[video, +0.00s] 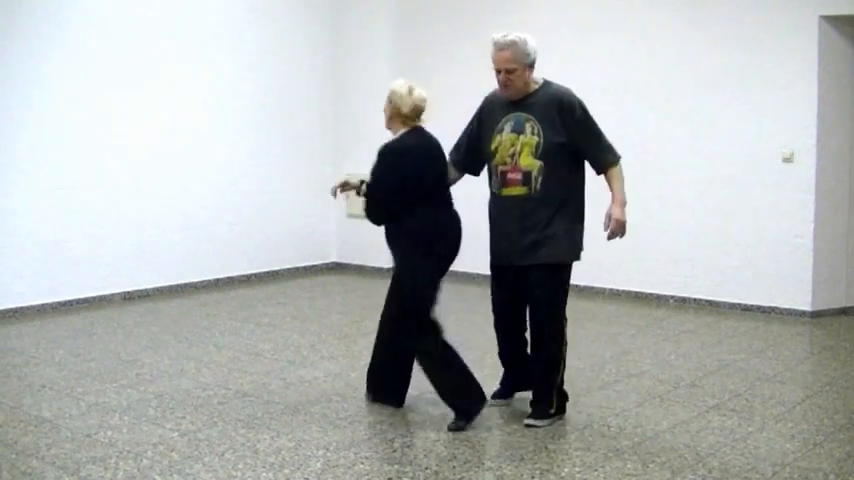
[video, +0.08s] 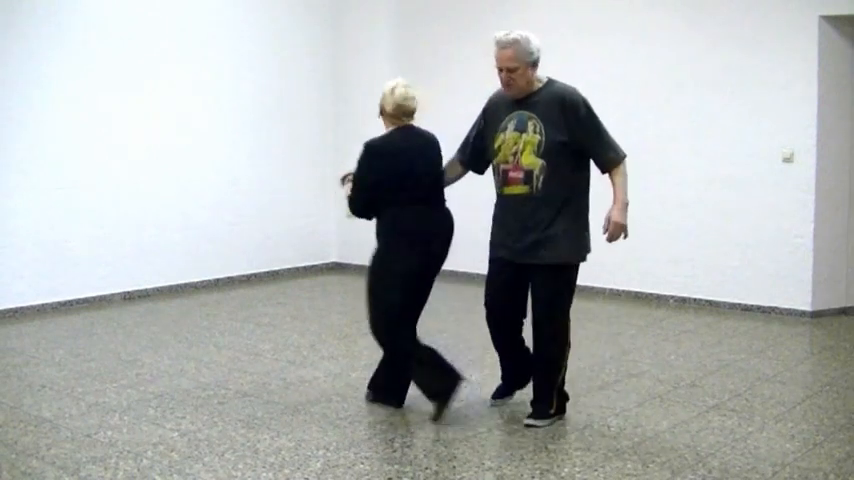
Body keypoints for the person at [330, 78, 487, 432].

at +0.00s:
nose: (383, 111)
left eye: (387, 106)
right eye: (386, 105)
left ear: (394, 111)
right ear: (416, 112)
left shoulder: (393, 153)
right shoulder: (430, 144)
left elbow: (378, 212)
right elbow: (411, 188)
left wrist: (366, 194)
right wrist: (364, 185)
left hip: (416, 248)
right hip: (442, 240)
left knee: (414, 322)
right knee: (399, 315)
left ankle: (468, 400)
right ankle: (386, 390)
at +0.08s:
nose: (380, 112)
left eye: (381, 108)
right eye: (385, 108)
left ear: (383, 111)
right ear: (414, 111)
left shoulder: (376, 149)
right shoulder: (429, 142)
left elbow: (361, 206)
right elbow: (421, 185)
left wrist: (355, 186)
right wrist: (365, 180)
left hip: (398, 237)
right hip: (437, 233)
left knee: (383, 321)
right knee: (406, 315)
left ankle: (443, 382)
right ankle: (388, 391)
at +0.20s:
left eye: (377, 105)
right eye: (403, 105)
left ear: (373, 108)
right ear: (404, 107)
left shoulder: (360, 143)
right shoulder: (423, 137)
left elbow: (352, 196)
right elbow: (439, 167)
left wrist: (377, 198)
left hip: (373, 234)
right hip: (418, 234)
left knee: (360, 304)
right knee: (407, 307)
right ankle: (394, 389)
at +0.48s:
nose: (398, 105)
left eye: (397, 99)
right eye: (392, 100)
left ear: (374, 107)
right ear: (372, 106)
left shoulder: (362, 135)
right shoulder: (379, 137)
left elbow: (374, 186)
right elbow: (432, 149)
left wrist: (412, 190)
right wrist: (444, 126)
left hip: (350, 227)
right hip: (368, 232)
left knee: (367, 302)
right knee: (378, 307)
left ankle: (343, 368)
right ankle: (361, 387)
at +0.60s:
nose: (386, 102)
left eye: (387, 96)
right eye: (378, 97)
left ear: (387, 100)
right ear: (360, 103)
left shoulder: (375, 137)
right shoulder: (357, 132)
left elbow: (393, 187)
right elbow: (396, 138)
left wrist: (417, 177)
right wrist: (417, 107)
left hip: (359, 229)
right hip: (355, 231)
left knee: (365, 297)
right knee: (376, 299)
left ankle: (349, 365)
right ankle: (354, 382)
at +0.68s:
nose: (378, 101)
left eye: (380, 95)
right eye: (369, 96)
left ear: (382, 99)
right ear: (352, 103)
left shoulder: (380, 137)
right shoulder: (342, 131)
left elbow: (396, 183)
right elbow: (361, 142)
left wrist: (420, 169)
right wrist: (389, 107)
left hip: (371, 230)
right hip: (340, 231)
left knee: (379, 304)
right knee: (347, 303)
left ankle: (355, 376)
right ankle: (349, 385)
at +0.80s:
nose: (361, 106)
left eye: (366, 100)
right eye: (354, 101)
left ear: (373, 104)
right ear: (342, 107)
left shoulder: (380, 140)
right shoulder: (331, 135)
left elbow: (404, 183)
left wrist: (434, 172)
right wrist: (350, 133)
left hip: (369, 233)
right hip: (333, 235)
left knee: (371, 306)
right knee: (341, 306)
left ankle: (359, 379)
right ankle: (345, 386)